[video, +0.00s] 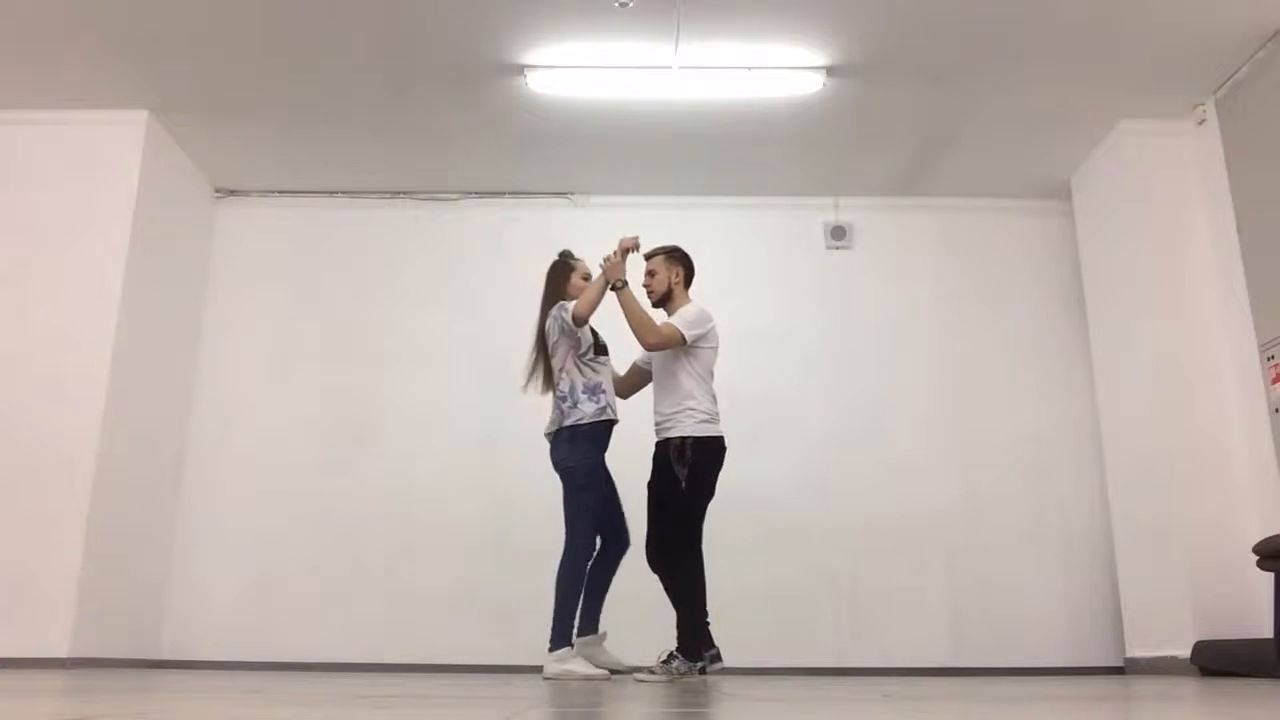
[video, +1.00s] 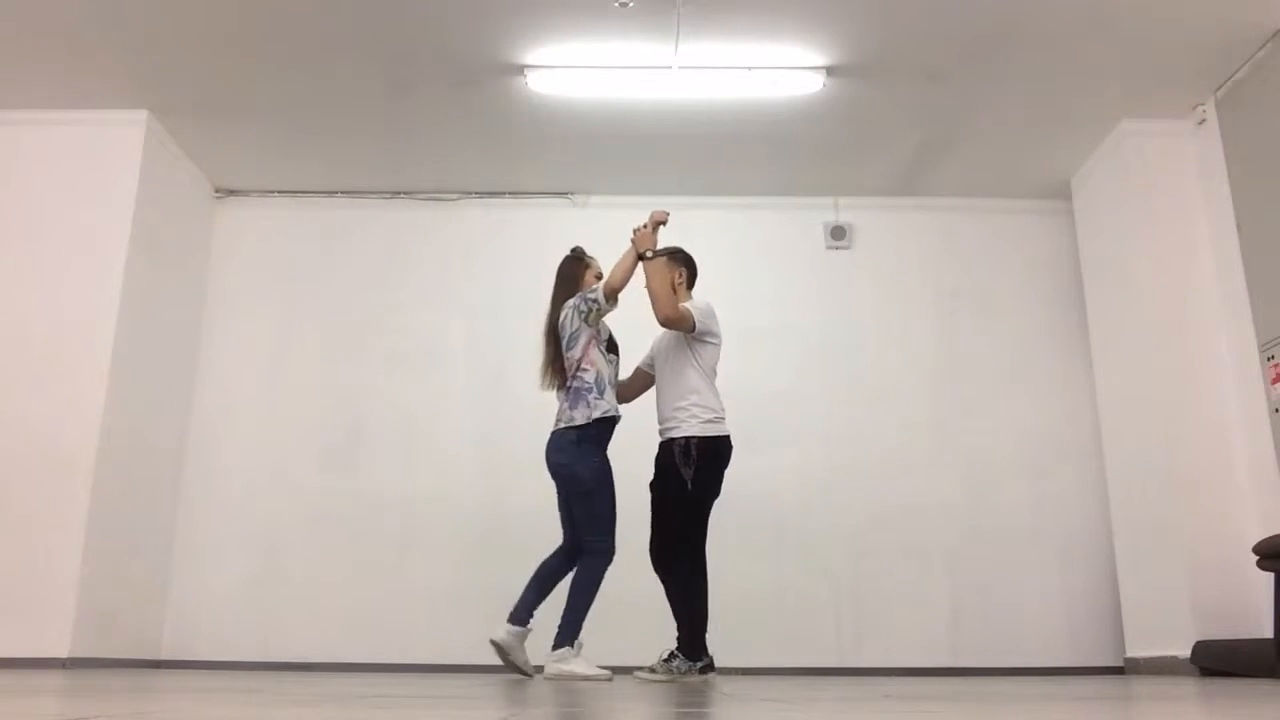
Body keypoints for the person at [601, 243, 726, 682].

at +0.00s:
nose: (645, 282)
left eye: (652, 273)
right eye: (643, 276)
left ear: (677, 274)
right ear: (662, 279)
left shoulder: (698, 316)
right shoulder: (664, 336)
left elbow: (653, 338)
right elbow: (622, 386)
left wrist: (619, 286)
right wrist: (580, 358)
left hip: (695, 443)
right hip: (671, 445)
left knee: (678, 548)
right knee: (663, 551)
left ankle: (690, 653)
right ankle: (701, 646)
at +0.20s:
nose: (644, 284)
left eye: (652, 275)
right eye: (642, 279)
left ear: (677, 274)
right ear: (662, 282)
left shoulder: (698, 316)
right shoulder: (662, 338)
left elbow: (656, 331)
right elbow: (621, 389)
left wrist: (629, 276)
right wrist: (578, 361)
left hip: (691, 444)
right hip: (671, 446)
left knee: (677, 550)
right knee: (671, 553)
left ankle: (690, 652)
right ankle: (703, 648)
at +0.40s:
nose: (646, 281)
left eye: (655, 272)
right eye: (646, 274)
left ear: (677, 275)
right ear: (659, 283)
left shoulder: (700, 316)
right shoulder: (659, 341)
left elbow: (664, 328)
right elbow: (618, 389)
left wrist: (642, 270)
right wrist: (573, 375)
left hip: (691, 444)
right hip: (669, 446)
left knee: (671, 546)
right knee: (675, 547)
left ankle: (693, 651)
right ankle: (700, 648)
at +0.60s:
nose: (647, 285)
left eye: (655, 277)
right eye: (645, 278)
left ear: (680, 278)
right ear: (657, 283)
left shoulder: (701, 317)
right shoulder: (657, 338)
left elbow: (672, 323)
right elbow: (616, 389)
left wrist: (654, 260)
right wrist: (572, 380)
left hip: (695, 444)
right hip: (668, 446)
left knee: (675, 546)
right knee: (675, 548)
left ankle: (693, 651)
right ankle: (700, 649)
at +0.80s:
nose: (647, 282)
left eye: (655, 275)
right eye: (646, 276)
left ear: (681, 278)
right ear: (661, 282)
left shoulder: (703, 313)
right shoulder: (660, 337)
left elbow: (671, 316)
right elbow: (621, 387)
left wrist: (655, 253)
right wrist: (576, 377)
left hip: (700, 444)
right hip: (672, 446)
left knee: (682, 548)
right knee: (666, 551)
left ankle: (692, 649)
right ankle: (701, 645)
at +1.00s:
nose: (652, 281)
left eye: (660, 272)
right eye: (651, 274)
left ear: (682, 276)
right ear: (666, 280)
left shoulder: (703, 314)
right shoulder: (665, 339)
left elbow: (666, 313)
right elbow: (625, 391)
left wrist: (649, 256)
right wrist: (579, 379)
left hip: (700, 443)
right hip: (675, 445)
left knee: (683, 548)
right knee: (664, 550)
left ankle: (692, 653)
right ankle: (692, 649)